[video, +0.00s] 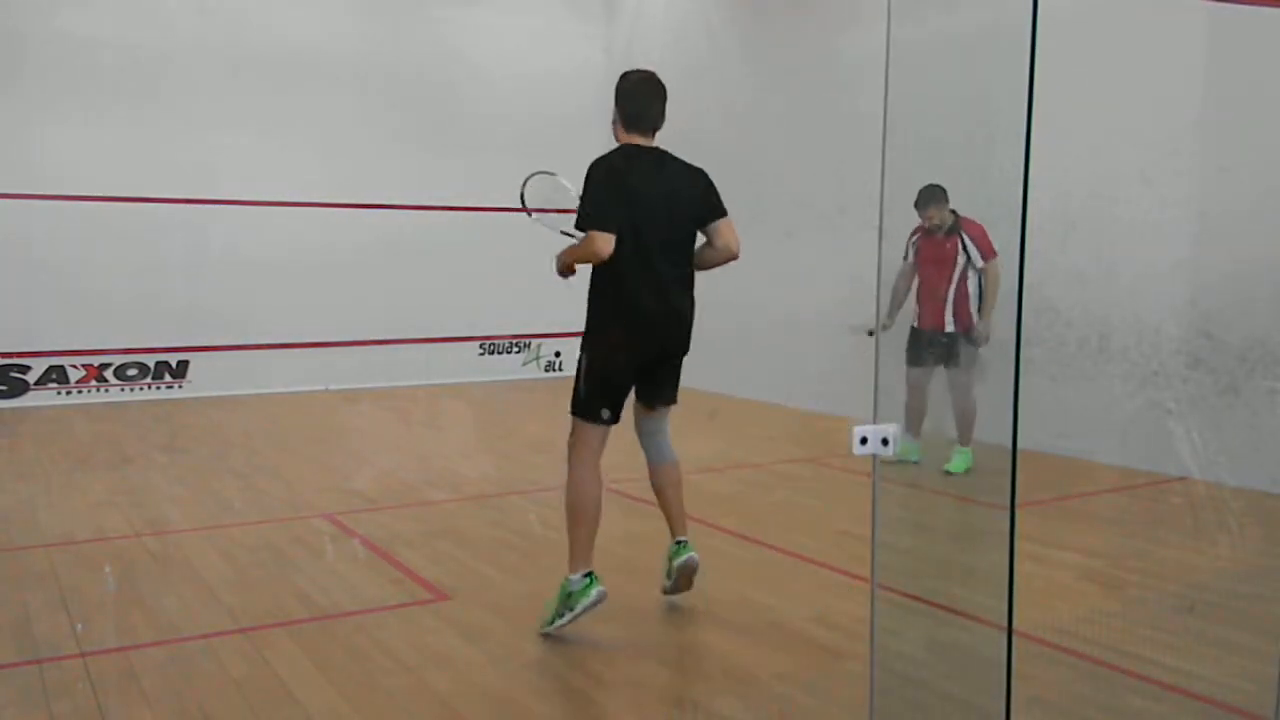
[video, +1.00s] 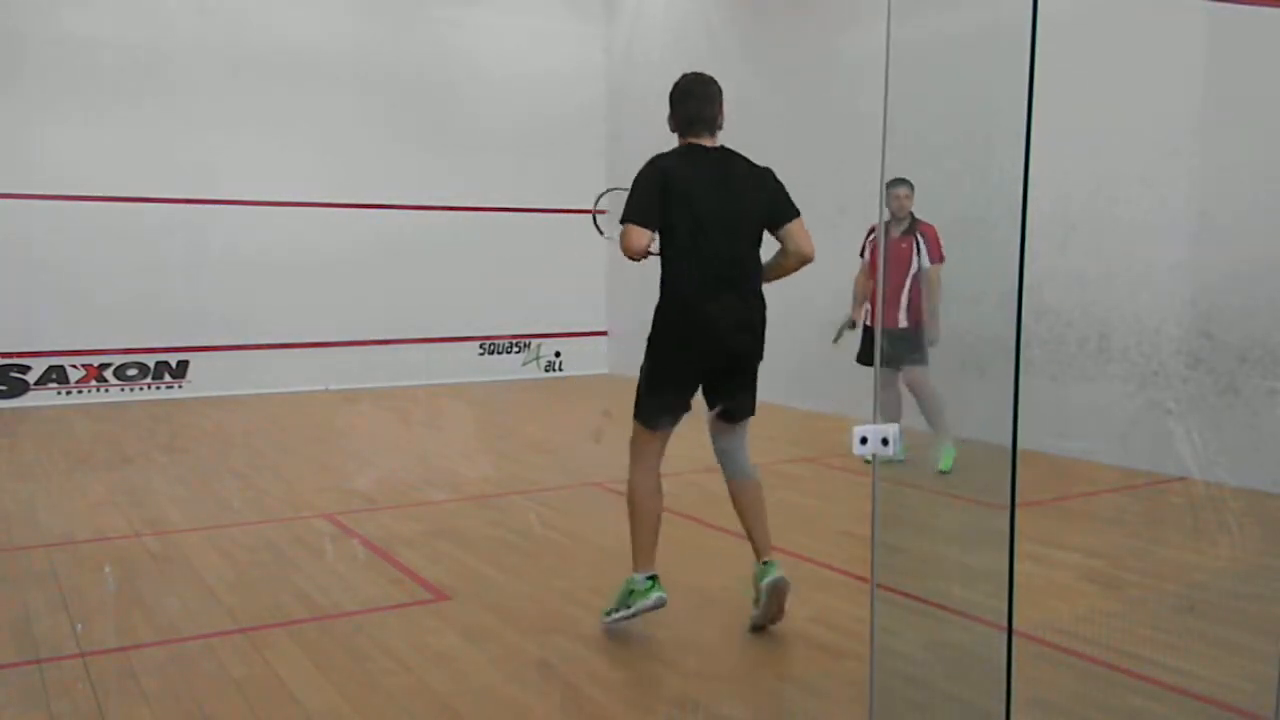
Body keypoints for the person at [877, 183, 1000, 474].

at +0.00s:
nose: (927, 223)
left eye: (932, 217)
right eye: (923, 218)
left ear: (946, 208)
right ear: (919, 214)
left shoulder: (970, 232)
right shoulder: (918, 237)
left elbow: (992, 271)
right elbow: (906, 275)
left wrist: (985, 319)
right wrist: (891, 314)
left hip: (960, 330)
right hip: (924, 328)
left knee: (961, 388)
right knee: (915, 385)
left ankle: (963, 450)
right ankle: (910, 443)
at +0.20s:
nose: (925, 219)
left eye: (929, 213)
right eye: (921, 214)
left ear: (945, 204)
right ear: (917, 211)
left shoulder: (968, 228)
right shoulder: (919, 232)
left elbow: (985, 273)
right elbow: (908, 271)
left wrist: (987, 318)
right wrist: (892, 307)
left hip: (960, 325)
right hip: (924, 323)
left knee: (961, 385)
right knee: (909, 376)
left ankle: (963, 448)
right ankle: (908, 442)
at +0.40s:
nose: (924, 222)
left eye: (929, 216)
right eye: (919, 216)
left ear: (943, 208)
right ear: (915, 213)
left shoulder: (965, 232)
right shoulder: (915, 237)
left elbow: (983, 274)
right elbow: (902, 277)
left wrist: (970, 314)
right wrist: (889, 318)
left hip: (954, 330)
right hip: (917, 328)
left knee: (959, 388)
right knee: (901, 380)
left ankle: (962, 449)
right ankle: (898, 441)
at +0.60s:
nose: (916, 215)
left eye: (921, 209)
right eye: (911, 209)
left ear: (934, 205)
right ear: (907, 208)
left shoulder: (952, 232)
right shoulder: (900, 236)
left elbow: (963, 273)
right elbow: (891, 279)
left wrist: (928, 294)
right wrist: (886, 319)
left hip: (941, 330)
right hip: (905, 328)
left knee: (950, 387)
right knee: (897, 384)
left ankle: (961, 448)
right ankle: (895, 443)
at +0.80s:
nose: (910, 203)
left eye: (915, 198)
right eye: (904, 199)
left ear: (923, 201)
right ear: (896, 203)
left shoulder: (935, 231)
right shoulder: (887, 234)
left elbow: (938, 274)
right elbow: (876, 276)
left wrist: (902, 304)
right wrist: (874, 316)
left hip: (924, 326)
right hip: (890, 325)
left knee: (939, 382)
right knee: (889, 382)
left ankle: (958, 446)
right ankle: (893, 444)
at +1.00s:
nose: (900, 203)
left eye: (905, 198)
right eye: (895, 198)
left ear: (913, 200)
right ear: (887, 201)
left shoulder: (924, 233)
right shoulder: (876, 233)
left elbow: (932, 279)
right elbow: (865, 274)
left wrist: (932, 320)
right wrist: (856, 308)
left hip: (909, 324)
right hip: (879, 324)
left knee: (914, 379)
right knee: (886, 382)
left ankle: (945, 440)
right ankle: (890, 443)